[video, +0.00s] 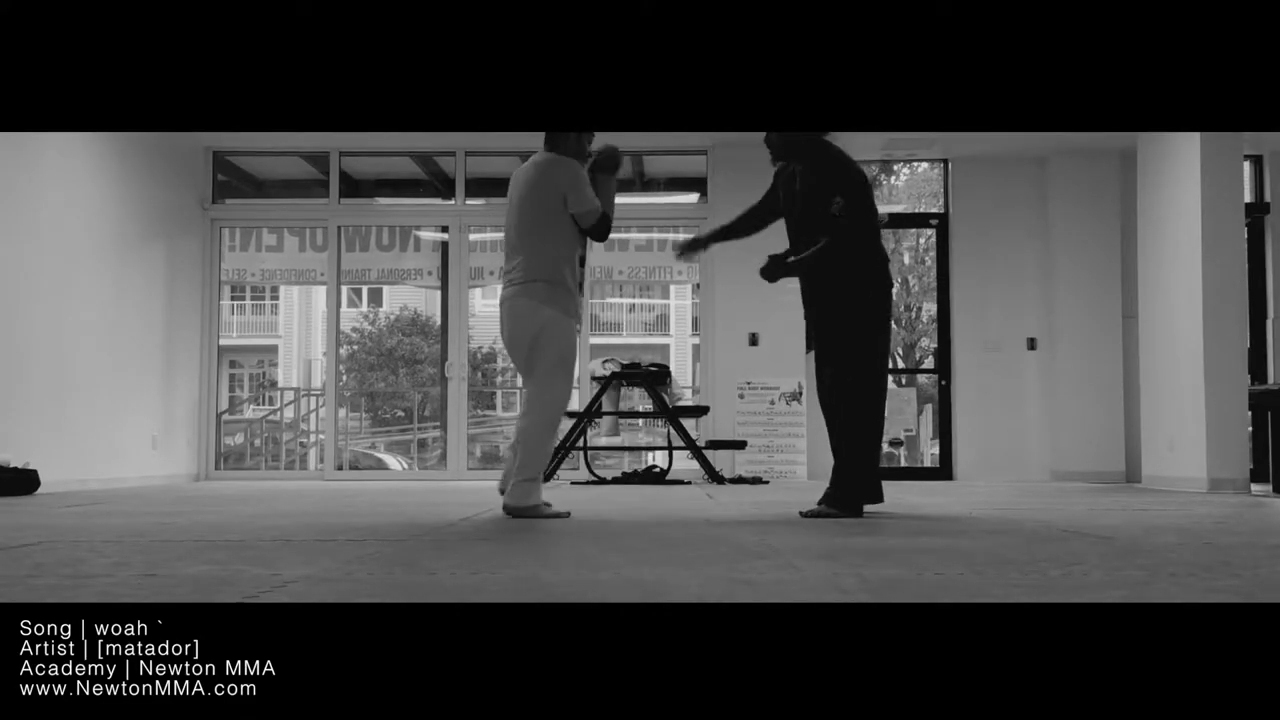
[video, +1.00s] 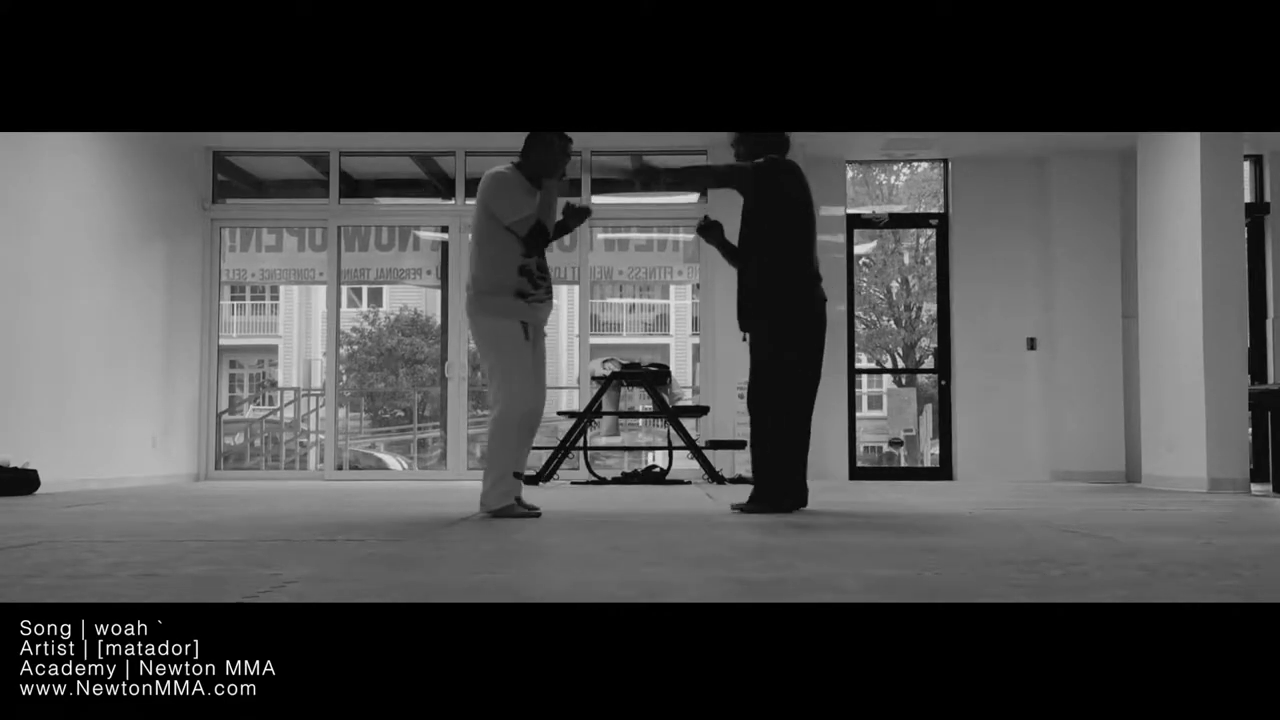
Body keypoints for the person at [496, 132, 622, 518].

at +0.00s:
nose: (590, 146)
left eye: (591, 140)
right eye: (588, 139)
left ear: (550, 138)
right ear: (574, 137)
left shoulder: (525, 172)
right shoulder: (567, 169)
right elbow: (600, 229)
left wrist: (593, 177)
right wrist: (606, 178)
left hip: (517, 302)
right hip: (547, 303)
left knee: (540, 395)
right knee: (549, 396)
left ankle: (514, 486)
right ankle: (524, 497)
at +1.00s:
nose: (564, 166)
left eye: (566, 160)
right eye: (562, 157)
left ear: (542, 153)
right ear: (542, 152)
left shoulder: (534, 191)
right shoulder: (500, 180)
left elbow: (536, 241)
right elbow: (533, 239)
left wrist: (564, 224)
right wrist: (552, 194)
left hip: (525, 315)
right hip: (499, 313)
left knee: (531, 403)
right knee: (515, 401)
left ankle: (507, 493)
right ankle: (496, 499)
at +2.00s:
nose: (504, 206)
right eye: (502, 203)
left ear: (464, 205)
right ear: (493, 202)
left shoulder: (438, 235)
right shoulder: (503, 214)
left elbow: (441, 283)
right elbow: (547, 257)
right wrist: (542, 234)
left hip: (452, 322)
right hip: (493, 314)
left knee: (477, 408)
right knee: (527, 402)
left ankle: (454, 496)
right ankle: (499, 489)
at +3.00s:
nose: (548, 183)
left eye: (548, 176)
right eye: (545, 175)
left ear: (520, 172)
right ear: (528, 174)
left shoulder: (515, 207)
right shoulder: (496, 197)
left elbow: (541, 255)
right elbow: (520, 255)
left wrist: (551, 211)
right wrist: (546, 238)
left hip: (493, 323)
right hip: (481, 322)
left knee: (495, 407)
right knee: (514, 404)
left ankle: (464, 486)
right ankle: (498, 498)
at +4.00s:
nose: (508, 191)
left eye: (508, 184)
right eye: (504, 184)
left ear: (483, 184)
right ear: (488, 184)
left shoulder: (487, 229)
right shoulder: (467, 206)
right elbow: (460, 252)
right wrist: (504, 272)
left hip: (481, 336)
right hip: (453, 330)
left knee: (489, 417)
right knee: (448, 416)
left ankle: (490, 496)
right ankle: (399, 491)